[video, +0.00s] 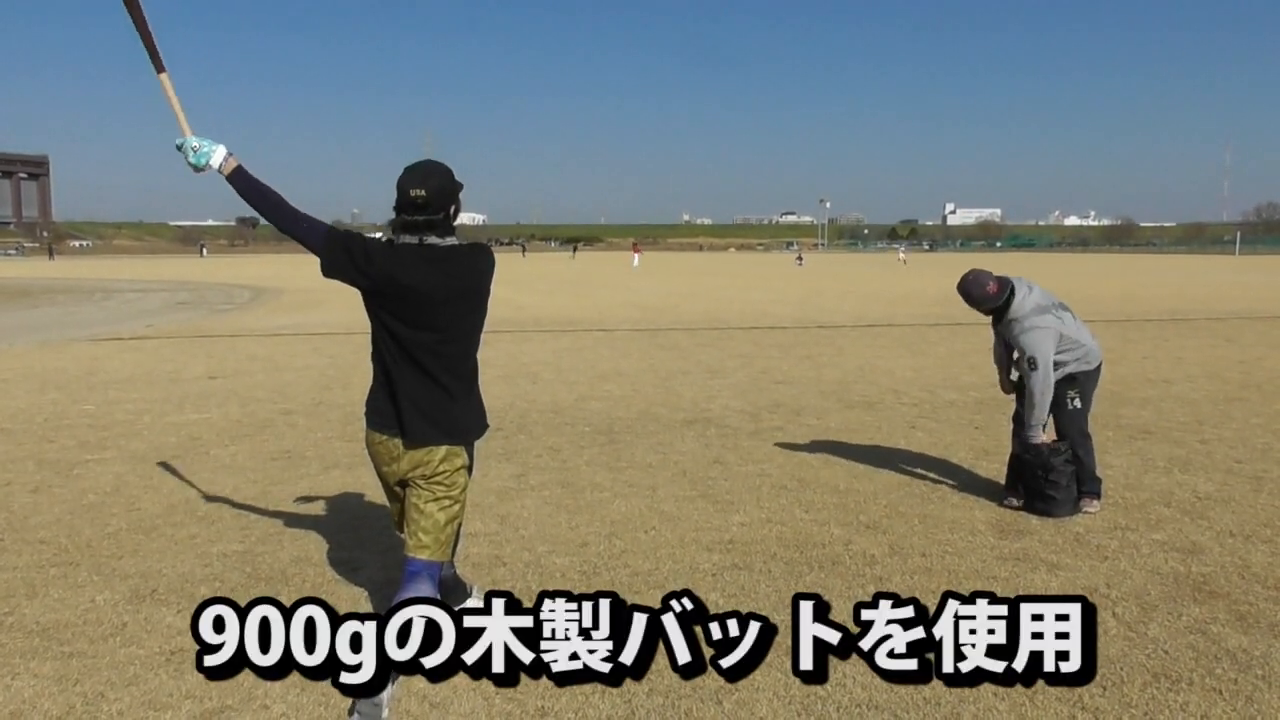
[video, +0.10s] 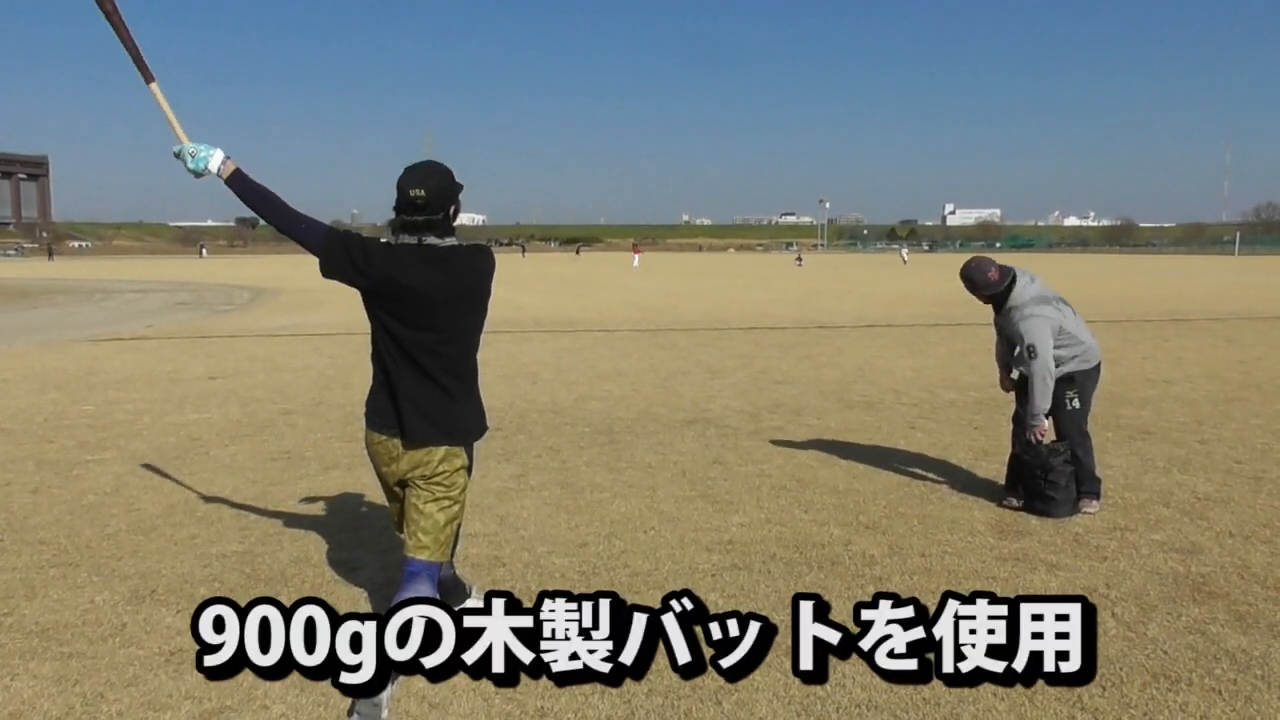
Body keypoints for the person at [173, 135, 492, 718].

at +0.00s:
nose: (451, 207)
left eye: (412, 199)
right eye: (451, 201)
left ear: (399, 207)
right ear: (452, 211)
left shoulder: (375, 259)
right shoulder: (479, 263)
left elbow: (292, 220)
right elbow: (449, 243)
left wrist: (225, 163)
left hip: (385, 432)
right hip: (447, 437)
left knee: (424, 535)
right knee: (421, 567)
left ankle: (455, 596)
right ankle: (376, 690)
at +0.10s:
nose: (447, 208)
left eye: (409, 200)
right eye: (449, 202)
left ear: (399, 206)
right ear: (452, 212)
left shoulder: (373, 258)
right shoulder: (479, 262)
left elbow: (291, 221)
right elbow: (446, 244)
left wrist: (223, 167)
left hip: (384, 432)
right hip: (446, 437)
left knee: (423, 536)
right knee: (420, 567)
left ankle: (455, 598)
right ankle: (375, 690)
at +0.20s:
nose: (455, 207)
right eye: (453, 202)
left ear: (398, 207)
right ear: (452, 210)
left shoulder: (374, 258)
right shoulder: (479, 263)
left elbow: (293, 222)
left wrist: (222, 170)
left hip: (384, 432)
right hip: (445, 437)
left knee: (422, 538)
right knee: (419, 569)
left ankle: (452, 599)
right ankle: (374, 691)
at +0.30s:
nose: (460, 208)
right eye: (457, 202)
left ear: (399, 207)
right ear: (452, 210)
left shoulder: (373, 257)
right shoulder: (480, 264)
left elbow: (291, 225)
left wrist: (217, 180)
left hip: (384, 434)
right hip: (444, 439)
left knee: (422, 539)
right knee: (418, 569)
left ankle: (448, 598)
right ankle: (375, 691)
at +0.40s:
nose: (459, 208)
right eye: (457, 202)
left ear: (399, 206)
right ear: (451, 210)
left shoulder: (373, 257)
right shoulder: (478, 263)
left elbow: (292, 233)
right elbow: (489, 303)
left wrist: (215, 198)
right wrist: (438, 256)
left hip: (384, 433)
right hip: (445, 437)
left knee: (421, 539)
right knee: (419, 568)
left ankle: (454, 601)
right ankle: (373, 692)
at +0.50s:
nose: (460, 207)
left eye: (453, 199)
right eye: (457, 201)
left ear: (400, 206)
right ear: (451, 209)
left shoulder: (374, 257)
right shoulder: (480, 265)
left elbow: (294, 245)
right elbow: (495, 317)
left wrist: (215, 224)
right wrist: (445, 287)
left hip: (385, 434)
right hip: (445, 438)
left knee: (422, 536)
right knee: (420, 569)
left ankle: (454, 598)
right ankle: (373, 689)